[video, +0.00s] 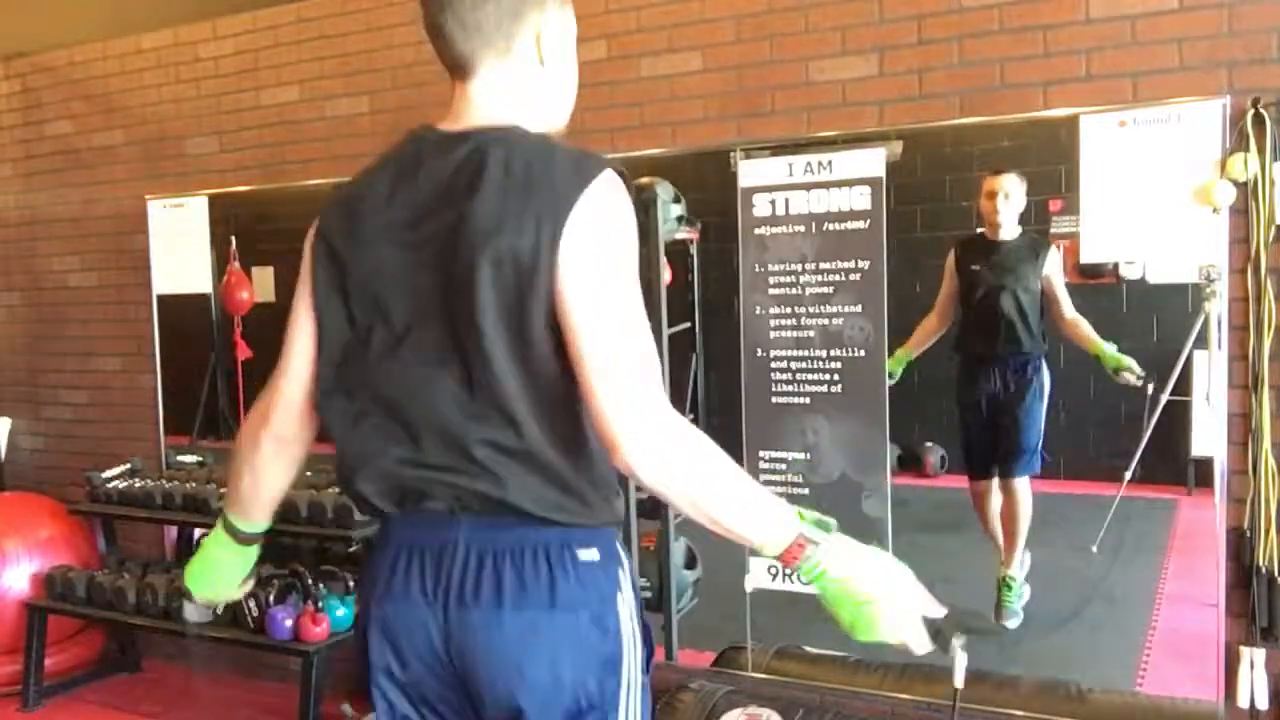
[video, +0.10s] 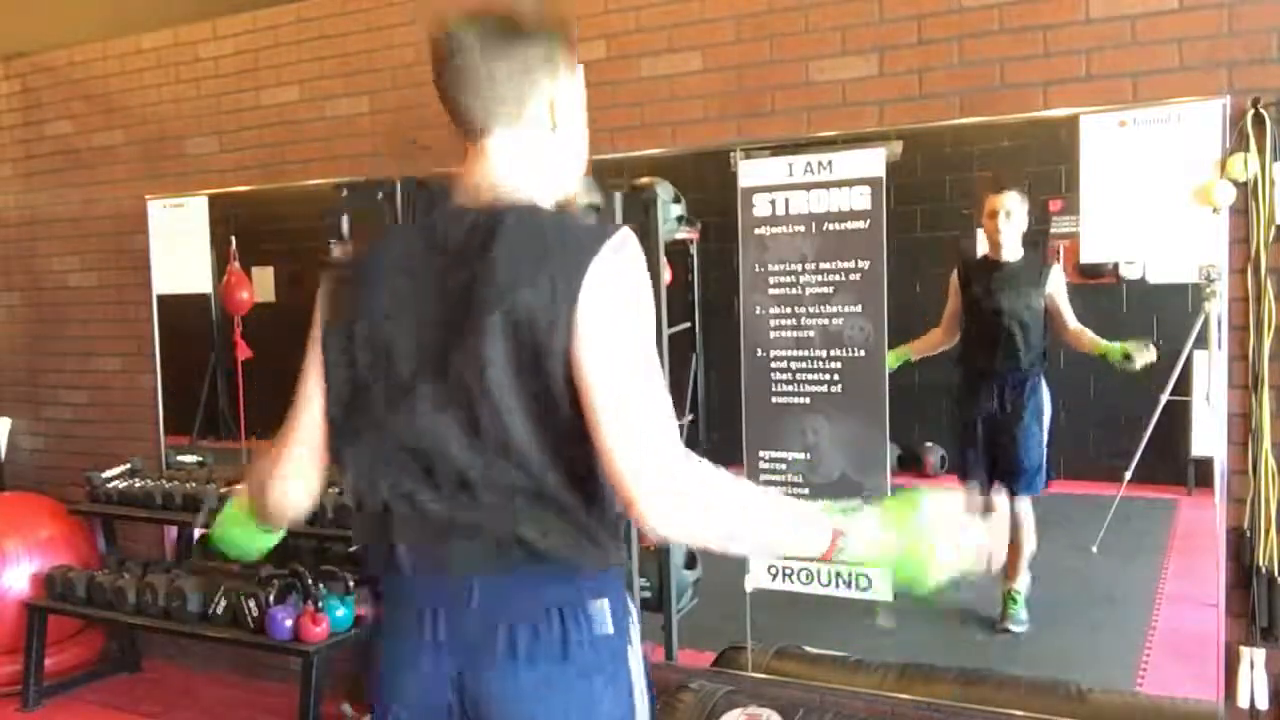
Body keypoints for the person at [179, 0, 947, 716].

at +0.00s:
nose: (576, 73)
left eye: (573, 47)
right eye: (573, 47)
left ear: (445, 52)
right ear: (546, 42)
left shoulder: (346, 213)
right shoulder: (576, 189)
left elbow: (283, 421)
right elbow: (639, 432)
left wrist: (232, 539)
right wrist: (815, 550)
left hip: (403, 581)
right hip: (554, 583)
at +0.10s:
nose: (587, 129)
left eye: (582, 107)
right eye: (580, 105)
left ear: (457, 115)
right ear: (558, 108)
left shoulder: (356, 278)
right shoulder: (590, 257)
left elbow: (285, 491)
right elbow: (662, 492)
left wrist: (255, 502)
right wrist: (855, 531)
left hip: (411, 618)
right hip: (559, 618)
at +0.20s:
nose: (593, 159)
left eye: (587, 138)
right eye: (589, 137)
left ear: (465, 147)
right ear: (569, 144)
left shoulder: (371, 308)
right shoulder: (609, 301)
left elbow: (286, 510)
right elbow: (699, 529)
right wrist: (877, 512)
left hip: (410, 666)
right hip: (561, 670)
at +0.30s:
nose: (597, 91)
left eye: (595, 65)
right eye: (593, 65)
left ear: (468, 70)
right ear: (565, 64)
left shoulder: (367, 226)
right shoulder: (599, 216)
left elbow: (290, 442)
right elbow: (672, 446)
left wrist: (266, 515)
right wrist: (839, 523)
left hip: (398, 597)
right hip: (545, 603)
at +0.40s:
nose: (589, 59)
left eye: (584, 37)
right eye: (586, 36)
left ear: (459, 48)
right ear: (562, 38)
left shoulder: (364, 206)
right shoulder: (594, 183)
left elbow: (295, 414)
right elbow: (655, 421)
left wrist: (240, 530)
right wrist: (827, 545)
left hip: (392, 566)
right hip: (542, 578)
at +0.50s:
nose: (585, 121)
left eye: (582, 96)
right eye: (580, 95)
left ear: (454, 104)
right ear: (557, 94)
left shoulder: (360, 264)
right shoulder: (591, 247)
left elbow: (282, 482)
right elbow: (646, 490)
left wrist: (253, 499)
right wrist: (838, 538)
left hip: (393, 615)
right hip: (543, 626)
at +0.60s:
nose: (579, 160)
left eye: (573, 138)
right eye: (572, 137)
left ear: (453, 149)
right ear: (549, 144)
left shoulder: (350, 311)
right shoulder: (586, 303)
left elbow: (268, 510)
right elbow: (659, 533)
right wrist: (837, 524)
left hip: (382, 675)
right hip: (532, 682)